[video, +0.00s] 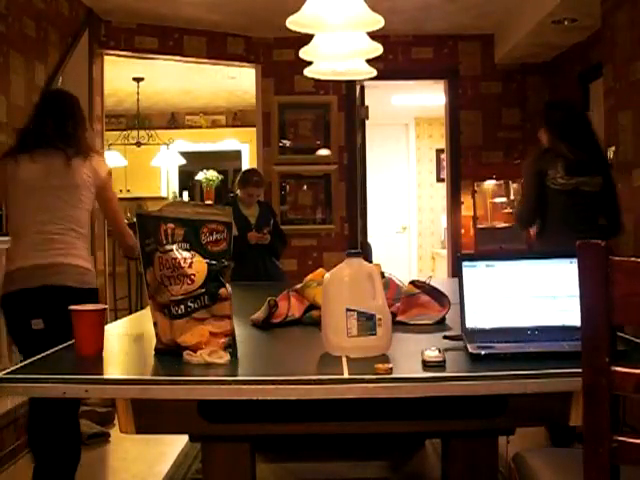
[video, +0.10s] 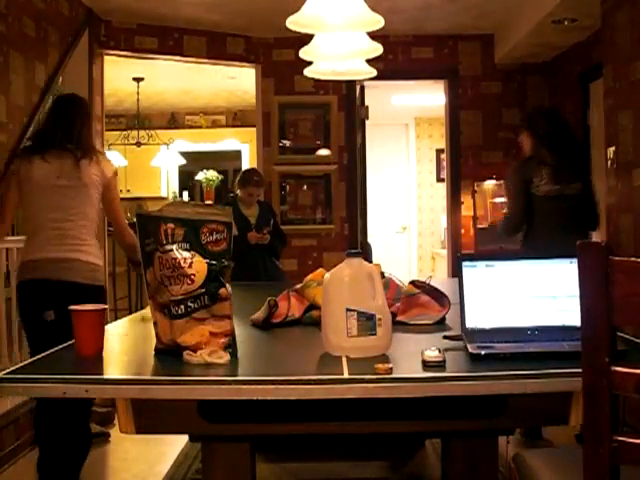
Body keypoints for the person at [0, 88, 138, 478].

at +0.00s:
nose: (86, 128)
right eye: (83, 121)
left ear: (34, 122)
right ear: (79, 124)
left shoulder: (11, 165)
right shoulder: (91, 165)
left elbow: (8, 220)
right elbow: (120, 227)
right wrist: (134, 248)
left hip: (19, 287)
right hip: (74, 285)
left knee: (41, 389)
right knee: (68, 392)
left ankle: (43, 471)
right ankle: (61, 474)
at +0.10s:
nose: (94, 128)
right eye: (91, 122)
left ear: (49, 123)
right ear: (86, 126)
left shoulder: (22, 164)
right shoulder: (100, 165)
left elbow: (5, 225)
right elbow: (122, 229)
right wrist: (141, 258)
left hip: (33, 279)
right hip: (85, 279)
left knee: (46, 380)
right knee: (81, 381)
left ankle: (48, 463)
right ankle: (69, 469)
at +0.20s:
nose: (103, 125)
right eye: (101, 119)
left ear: (63, 120)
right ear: (97, 123)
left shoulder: (39, 159)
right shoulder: (111, 158)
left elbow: (22, 224)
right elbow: (124, 222)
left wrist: (10, 273)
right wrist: (137, 263)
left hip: (51, 266)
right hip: (99, 266)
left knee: (49, 358)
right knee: (96, 358)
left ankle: (49, 447)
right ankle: (87, 441)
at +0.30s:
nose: (117, 134)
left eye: (115, 127)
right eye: (114, 128)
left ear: (76, 128)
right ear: (108, 131)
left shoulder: (60, 165)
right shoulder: (121, 162)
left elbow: (48, 218)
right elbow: (129, 216)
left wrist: (44, 254)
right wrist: (137, 259)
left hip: (62, 265)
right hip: (107, 265)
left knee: (49, 359)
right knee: (111, 355)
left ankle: (47, 459)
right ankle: (121, 445)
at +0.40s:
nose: (130, 147)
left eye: (128, 141)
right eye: (129, 142)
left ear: (96, 141)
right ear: (124, 144)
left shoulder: (78, 173)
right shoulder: (132, 172)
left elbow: (74, 221)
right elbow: (136, 208)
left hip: (77, 275)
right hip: (120, 278)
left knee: (58, 364)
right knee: (130, 355)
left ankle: (51, 458)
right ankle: (140, 431)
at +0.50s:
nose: (149, 150)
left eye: (147, 144)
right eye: (147, 145)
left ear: (115, 147)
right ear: (141, 148)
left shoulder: (100, 178)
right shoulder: (146, 178)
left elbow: (98, 221)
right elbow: (148, 212)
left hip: (93, 275)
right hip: (128, 277)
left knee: (83, 354)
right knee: (131, 350)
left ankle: (57, 432)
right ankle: (141, 426)